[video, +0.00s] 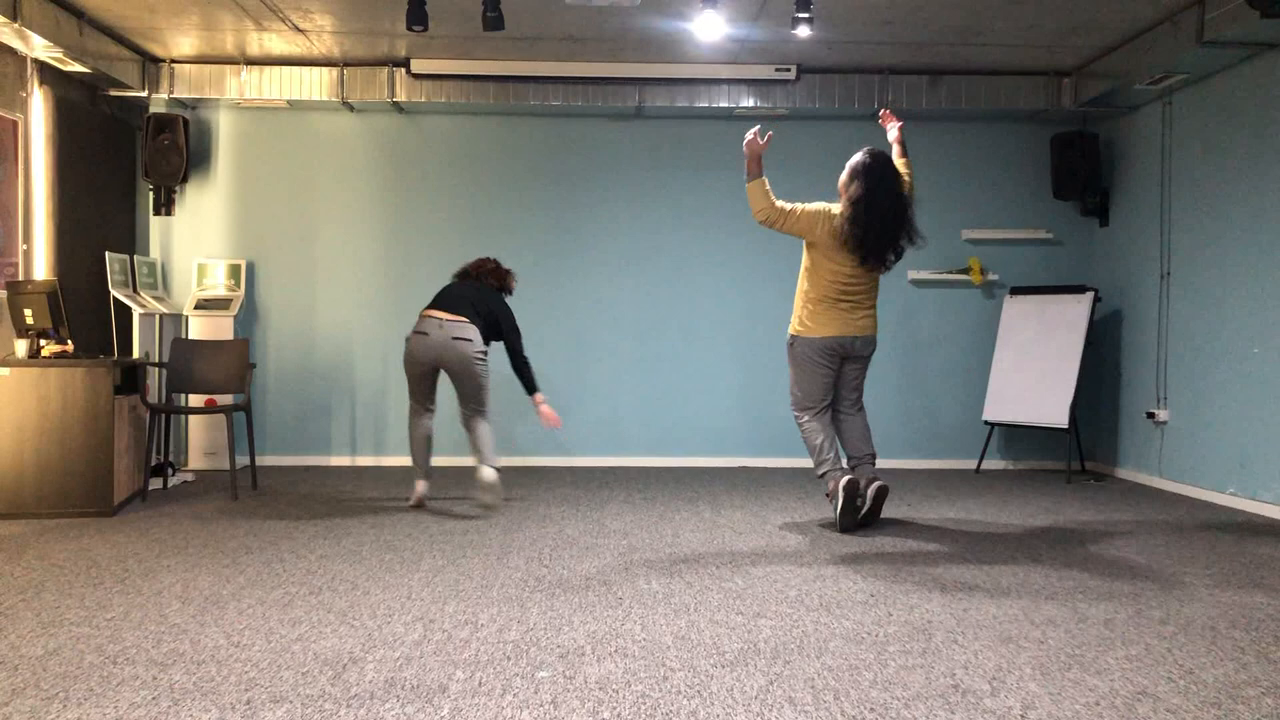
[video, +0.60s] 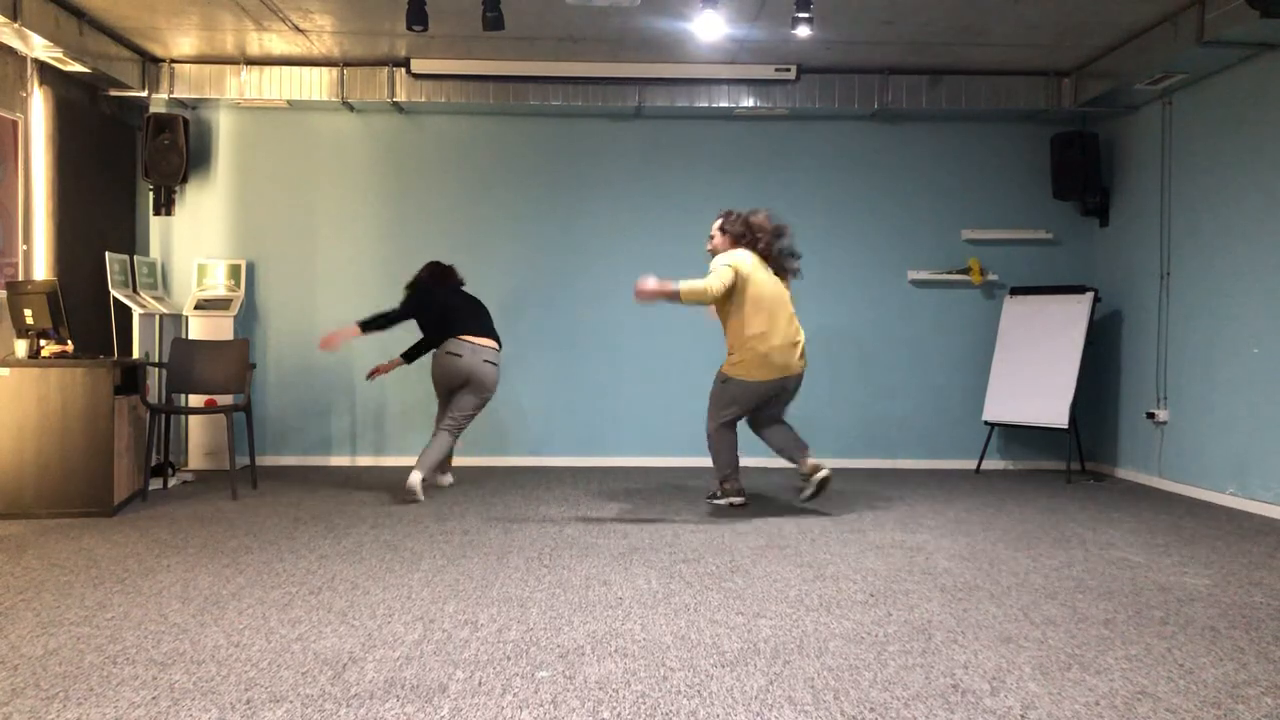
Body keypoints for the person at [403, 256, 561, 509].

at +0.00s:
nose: (506, 294)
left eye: (506, 290)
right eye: (505, 289)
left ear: (471, 275)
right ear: (499, 285)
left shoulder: (452, 290)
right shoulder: (499, 305)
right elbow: (517, 357)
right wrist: (538, 400)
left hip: (421, 337)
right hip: (464, 343)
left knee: (421, 410)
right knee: (475, 413)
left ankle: (420, 481)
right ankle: (487, 466)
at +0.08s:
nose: (500, 291)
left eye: (500, 288)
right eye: (498, 287)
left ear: (463, 272)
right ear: (492, 282)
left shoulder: (445, 285)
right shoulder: (493, 303)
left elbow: (414, 310)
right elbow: (502, 351)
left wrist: (393, 345)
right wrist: (514, 393)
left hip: (416, 333)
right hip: (459, 342)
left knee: (414, 402)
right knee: (455, 414)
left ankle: (404, 470)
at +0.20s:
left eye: (439, 271)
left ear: (443, 273)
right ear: (475, 283)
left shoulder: (434, 285)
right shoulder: (482, 312)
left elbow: (397, 305)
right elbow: (471, 355)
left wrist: (353, 323)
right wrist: (460, 388)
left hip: (409, 343)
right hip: (448, 356)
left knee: (394, 418)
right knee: (428, 425)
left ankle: (377, 487)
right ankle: (411, 478)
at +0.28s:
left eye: (432, 275)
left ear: (437, 277)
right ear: (469, 286)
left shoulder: (428, 290)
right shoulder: (476, 314)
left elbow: (389, 305)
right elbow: (460, 353)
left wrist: (340, 317)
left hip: (408, 345)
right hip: (447, 359)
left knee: (394, 415)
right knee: (435, 416)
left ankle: (378, 484)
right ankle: (417, 464)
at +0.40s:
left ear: (427, 279)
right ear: (459, 284)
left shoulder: (418, 294)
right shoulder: (466, 302)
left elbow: (376, 305)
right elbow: (466, 346)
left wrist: (328, 312)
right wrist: (410, 374)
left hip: (427, 351)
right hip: (466, 360)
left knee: (408, 400)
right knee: (441, 428)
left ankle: (396, 461)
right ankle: (410, 484)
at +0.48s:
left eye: (417, 283)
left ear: (420, 282)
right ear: (454, 284)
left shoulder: (414, 299)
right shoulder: (465, 301)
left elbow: (374, 306)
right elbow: (445, 337)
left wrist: (328, 310)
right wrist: (403, 364)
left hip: (434, 355)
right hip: (472, 364)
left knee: (421, 401)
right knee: (443, 430)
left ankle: (418, 464)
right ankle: (408, 481)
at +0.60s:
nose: (415, 285)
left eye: (418, 280)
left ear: (423, 279)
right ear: (453, 281)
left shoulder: (424, 295)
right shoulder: (467, 301)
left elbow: (392, 317)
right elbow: (431, 340)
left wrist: (348, 332)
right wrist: (393, 364)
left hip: (452, 353)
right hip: (488, 362)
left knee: (445, 415)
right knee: (449, 428)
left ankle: (443, 472)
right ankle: (418, 474)